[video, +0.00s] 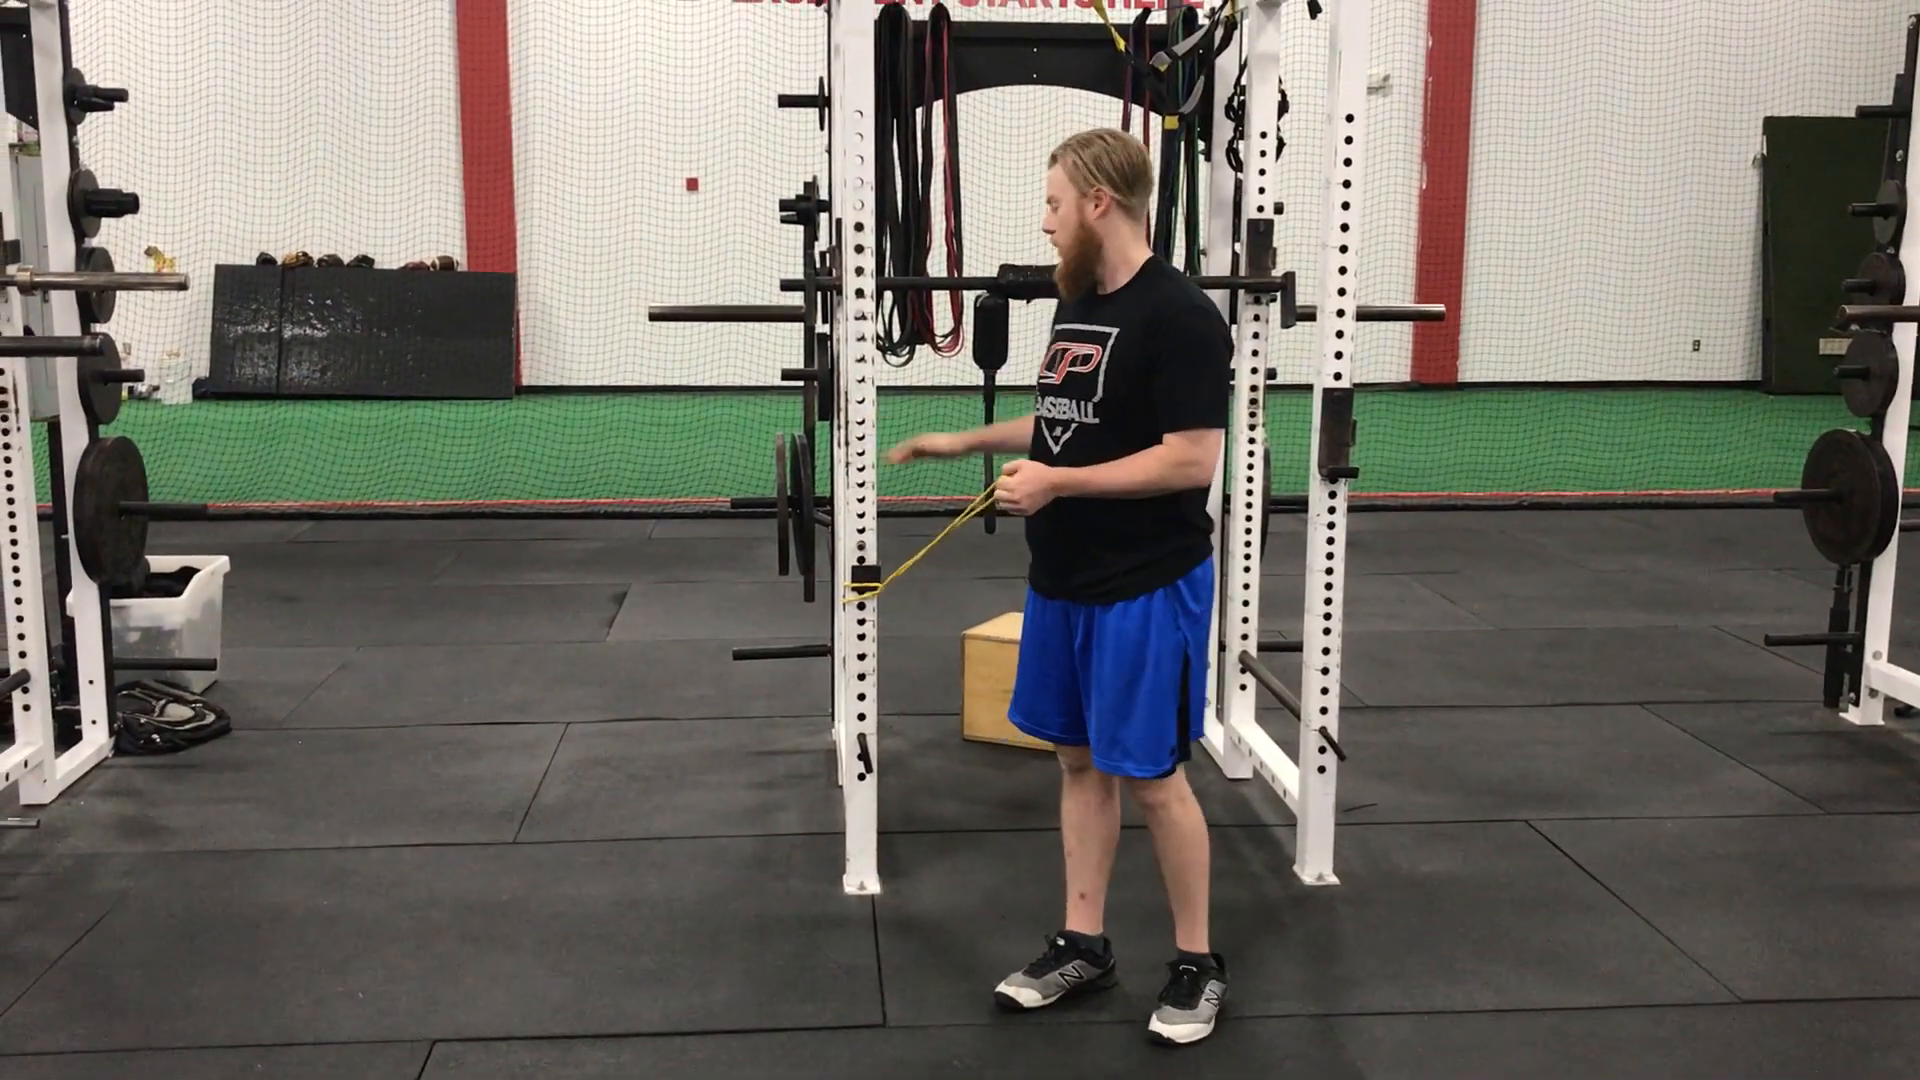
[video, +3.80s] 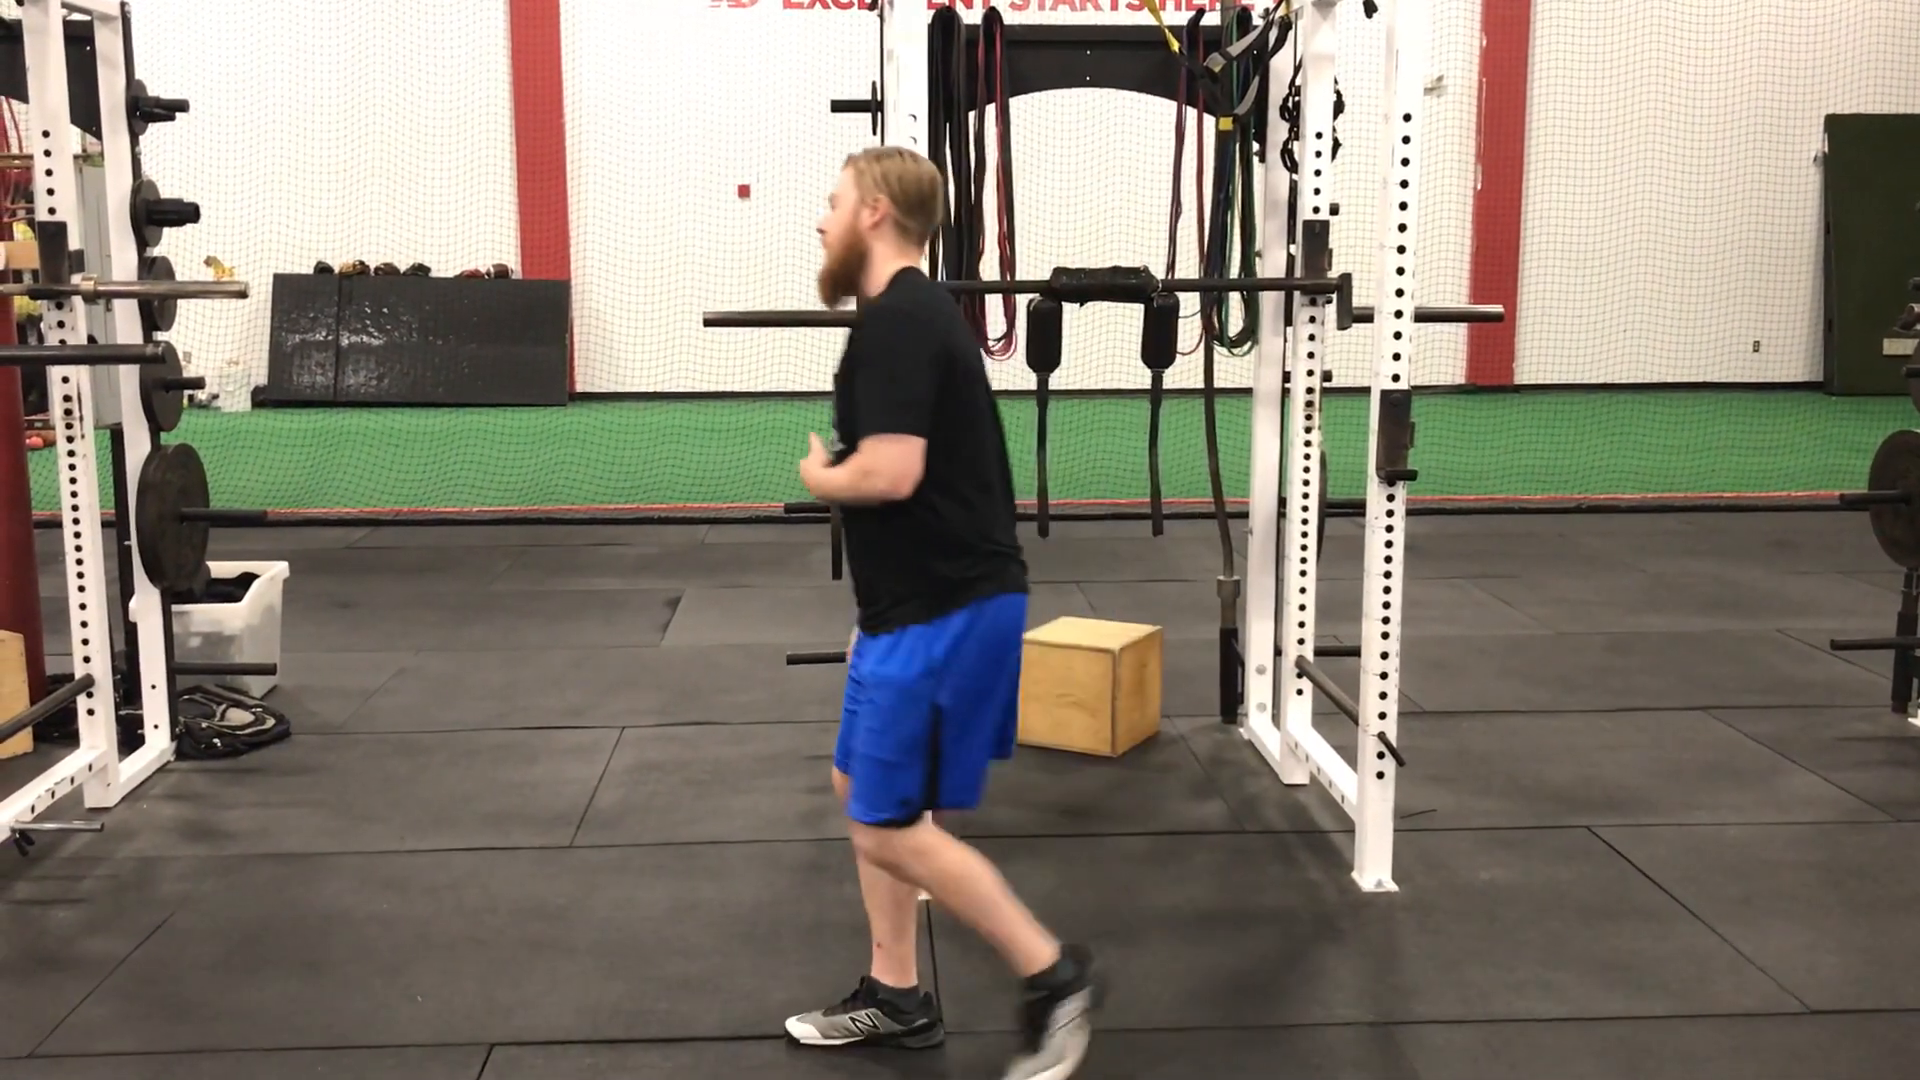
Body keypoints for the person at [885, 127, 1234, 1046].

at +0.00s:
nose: (1047, 224)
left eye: (1053, 206)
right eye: (1046, 207)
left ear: (1098, 203)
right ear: (1098, 206)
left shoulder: (1181, 315)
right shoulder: (1078, 307)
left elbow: (1194, 460)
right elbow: (1064, 429)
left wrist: (1060, 480)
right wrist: (963, 442)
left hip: (1150, 585)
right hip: (1066, 581)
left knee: (1154, 775)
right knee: (1081, 760)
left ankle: (1195, 963)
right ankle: (1080, 945)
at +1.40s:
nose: (1069, 237)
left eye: (1080, 218)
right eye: (1068, 219)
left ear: (1135, 215)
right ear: (1119, 218)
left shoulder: (1215, 322)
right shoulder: (1088, 328)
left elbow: (1229, 464)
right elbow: (1062, 464)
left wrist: (1082, 491)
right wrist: (1020, 585)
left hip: (1186, 600)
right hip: (1092, 597)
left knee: (1199, 783)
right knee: (1100, 773)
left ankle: (1210, 973)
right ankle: (1097, 957)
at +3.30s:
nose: (1054, 244)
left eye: (1066, 224)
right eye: (1054, 226)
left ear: (1124, 228)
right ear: (1114, 230)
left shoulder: (1190, 344)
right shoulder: (1092, 333)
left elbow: (1198, 498)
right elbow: (1111, 468)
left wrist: (1067, 521)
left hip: (1171, 623)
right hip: (1072, 610)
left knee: (1205, 807)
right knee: (997, 761)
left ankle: (1248, 974)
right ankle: (964, 975)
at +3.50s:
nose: (951, 257)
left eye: (963, 237)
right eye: (953, 238)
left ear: (1019, 243)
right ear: (1018, 245)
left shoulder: (1078, 352)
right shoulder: (1015, 351)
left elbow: (1090, 505)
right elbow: (1051, 467)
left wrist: (963, 537)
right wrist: (1009, 432)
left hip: (1094, 642)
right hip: (996, 630)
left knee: (1148, 818)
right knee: (917, 781)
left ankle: (1244, 964)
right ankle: (898, 993)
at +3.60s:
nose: (899, 250)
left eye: (910, 231)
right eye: (901, 231)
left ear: (959, 236)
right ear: (966, 239)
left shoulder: (1012, 342)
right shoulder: (975, 341)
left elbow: (1014, 495)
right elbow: (1008, 450)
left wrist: (914, 530)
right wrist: (945, 428)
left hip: (1034, 638)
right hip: (949, 626)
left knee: (1072, 837)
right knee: (881, 782)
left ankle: (1218, 943)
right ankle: (895, 995)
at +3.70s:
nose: (852, 236)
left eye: (864, 216)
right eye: (857, 218)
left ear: (913, 226)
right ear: (925, 230)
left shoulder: (957, 328)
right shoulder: (932, 328)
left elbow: (949, 481)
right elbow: (951, 477)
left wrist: (861, 500)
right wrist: (884, 499)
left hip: (988, 626)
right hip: (920, 618)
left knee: (976, 841)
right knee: (870, 783)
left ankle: (1150, 929)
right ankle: (895, 993)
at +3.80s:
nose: (822, 222)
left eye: (834, 205)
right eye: (828, 205)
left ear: (873, 216)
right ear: (894, 220)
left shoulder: (903, 317)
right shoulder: (909, 311)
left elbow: (892, 472)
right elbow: (909, 466)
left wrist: (823, 477)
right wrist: (848, 470)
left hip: (946, 608)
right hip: (914, 604)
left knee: (888, 823)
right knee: (860, 788)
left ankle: (1054, 973)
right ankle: (898, 995)